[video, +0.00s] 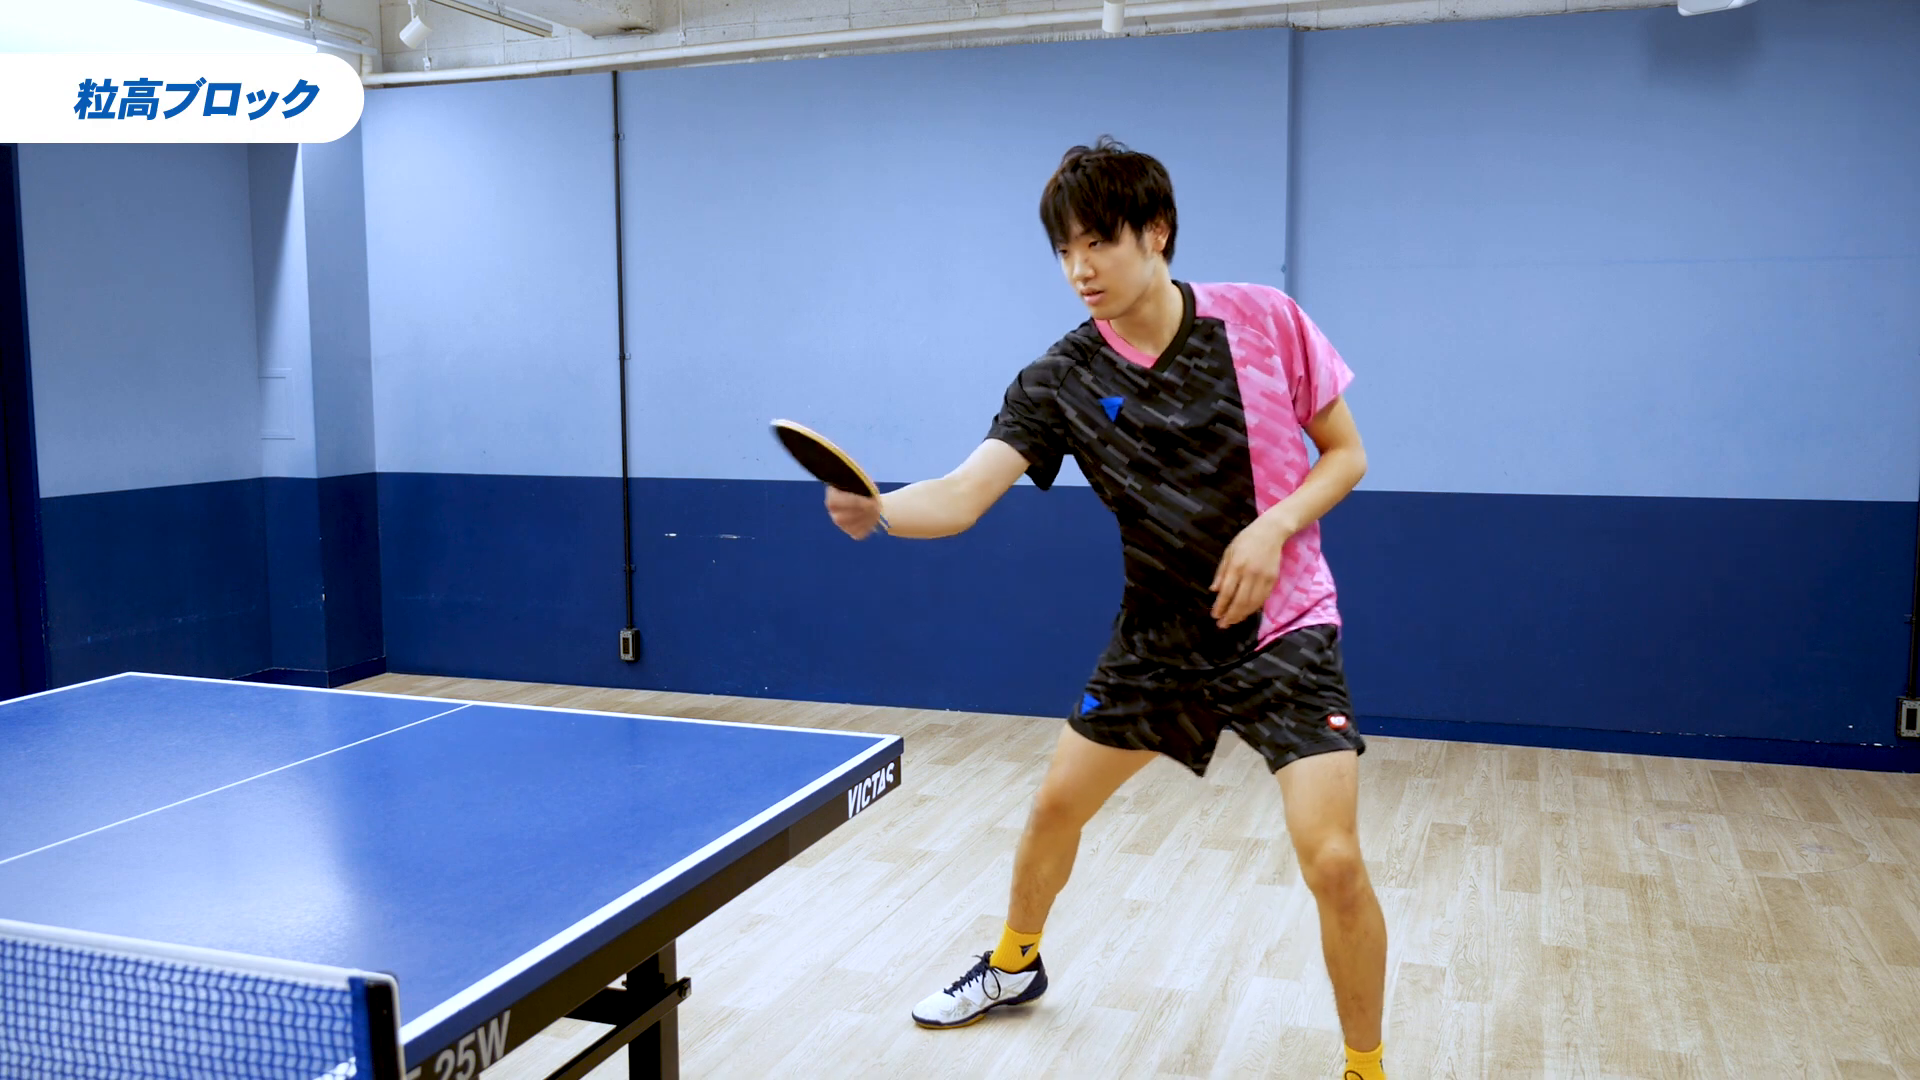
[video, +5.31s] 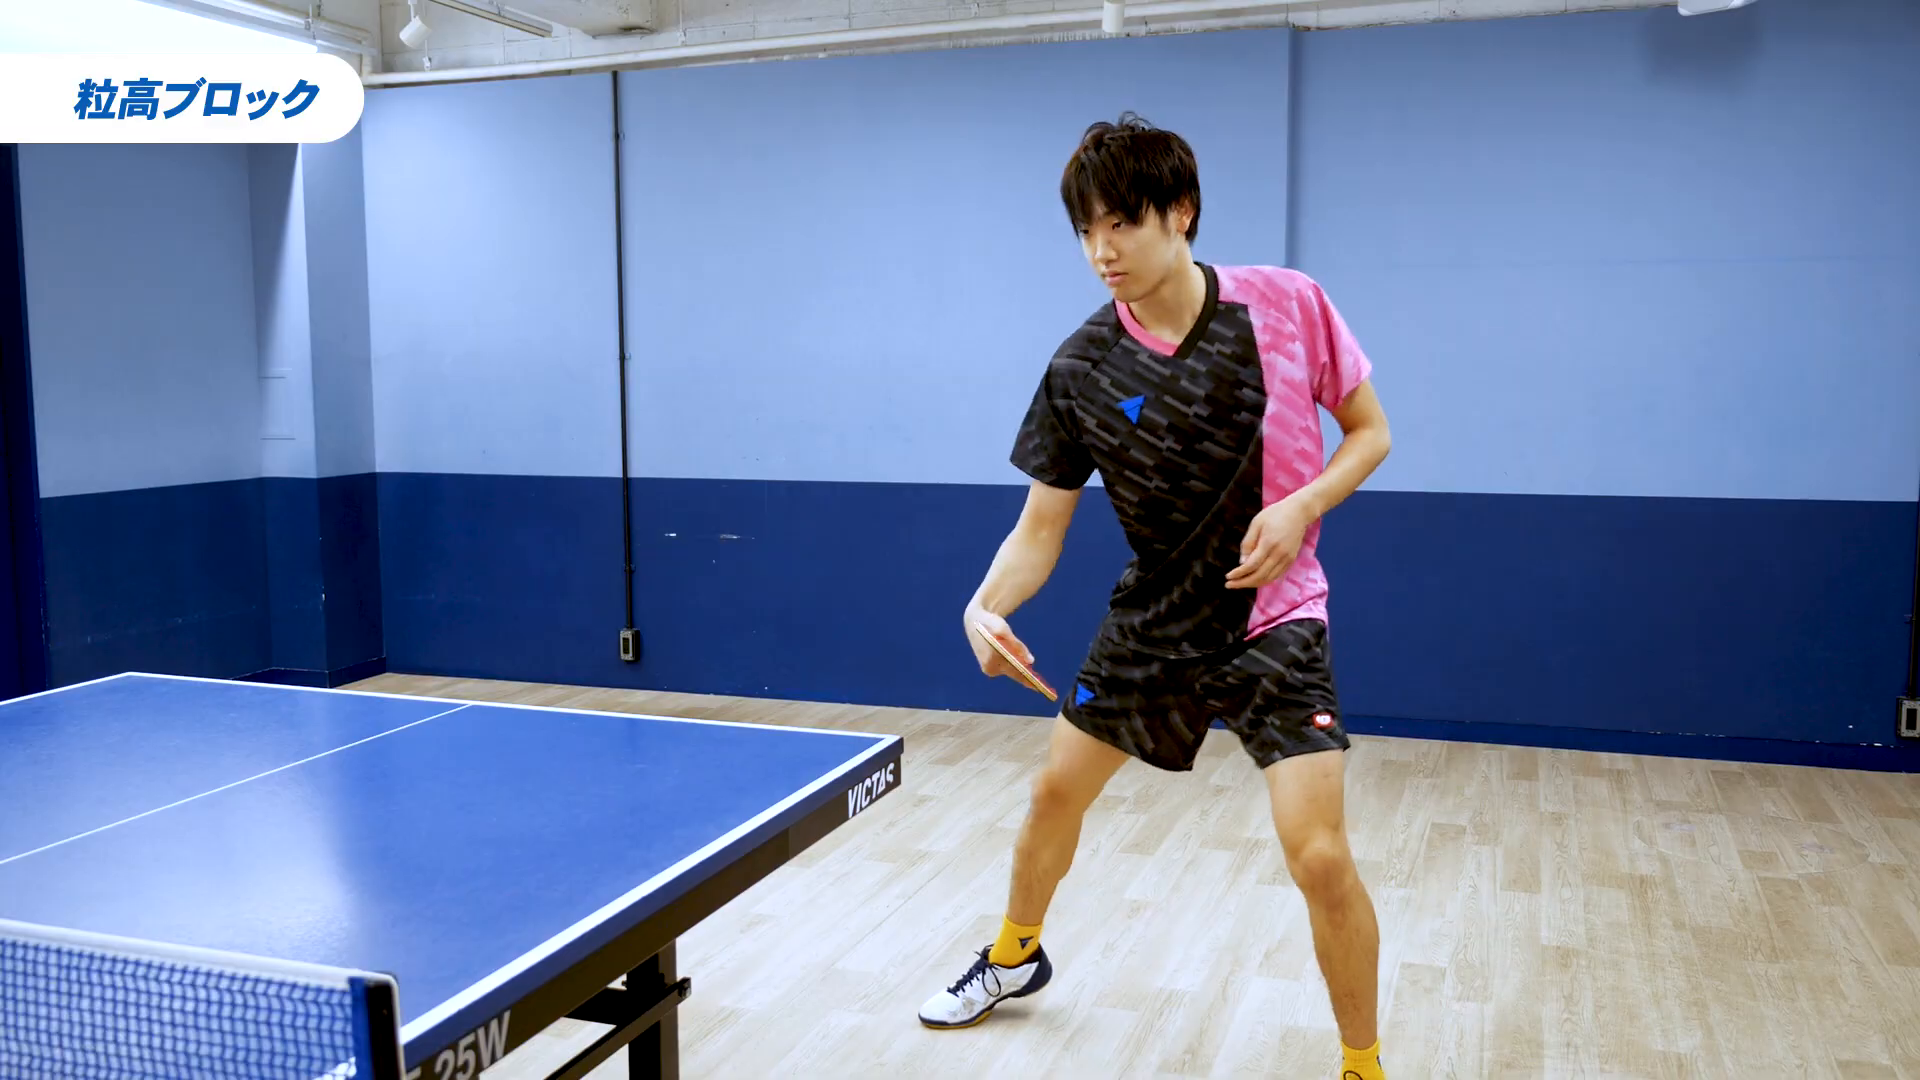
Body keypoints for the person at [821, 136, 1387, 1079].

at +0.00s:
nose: (1080, 266)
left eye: (1098, 240)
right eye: (1065, 246)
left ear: (1157, 235)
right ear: (1057, 256)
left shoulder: (1264, 320)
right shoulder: (1063, 378)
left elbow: (1346, 454)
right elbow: (961, 495)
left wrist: (1273, 529)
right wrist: (881, 510)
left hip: (1285, 625)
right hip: (1162, 626)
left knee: (1336, 866)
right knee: (1057, 803)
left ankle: (1366, 1067)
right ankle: (1013, 966)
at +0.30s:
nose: (1046, 282)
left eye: (1065, 260)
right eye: (1036, 263)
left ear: (1125, 260)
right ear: (1030, 272)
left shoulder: (1222, 357)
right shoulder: (1050, 395)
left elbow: (1303, 501)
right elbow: (1042, 541)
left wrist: (1188, 571)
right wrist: (986, 599)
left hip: (1239, 647)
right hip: (1124, 648)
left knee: (1277, 879)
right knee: (1014, 805)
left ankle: (1358, 1069)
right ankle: (1016, 970)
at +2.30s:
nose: (1073, 364)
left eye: (1086, 337)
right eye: (1056, 346)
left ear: (1142, 311)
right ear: (1044, 342)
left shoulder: (1262, 351)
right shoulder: (1077, 444)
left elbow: (1372, 467)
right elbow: (1050, 596)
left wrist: (1289, 556)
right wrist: (1001, 616)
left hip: (1294, 640)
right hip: (1174, 647)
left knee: (1318, 879)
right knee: (1057, 814)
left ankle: (1364, 1070)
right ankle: (1026, 971)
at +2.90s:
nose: (1013, 286)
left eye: (1031, 262)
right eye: (1003, 269)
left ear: (1090, 259)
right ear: (1003, 277)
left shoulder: (1190, 352)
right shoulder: (1038, 396)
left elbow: (1276, 491)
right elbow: (1054, 538)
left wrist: (1154, 553)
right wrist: (996, 607)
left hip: (1217, 644)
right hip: (1110, 645)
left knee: (1255, 872)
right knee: (1000, 802)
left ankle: (1356, 1067)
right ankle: (1023, 973)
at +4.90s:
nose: (1035, 380)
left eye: (1047, 354)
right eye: (1019, 364)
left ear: (1101, 325)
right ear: (1011, 362)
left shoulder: (1229, 370)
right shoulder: (1052, 443)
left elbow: (1337, 485)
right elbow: (1052, 584)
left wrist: (1247, 577)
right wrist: (1022, 591)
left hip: (1272, 644)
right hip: (1151, 650)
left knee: (1299, 876)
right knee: (1038, 814)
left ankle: (1361, 1067)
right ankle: (1025, 973)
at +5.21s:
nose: (1097, 267)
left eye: (1115, 240)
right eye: (1081, 249)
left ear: (1173, 227)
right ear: (1072, 256)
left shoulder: (1284, 304)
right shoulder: (1083, 384)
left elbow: (1373, 421)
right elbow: (1034, 538)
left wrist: (1309, 503)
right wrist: (975, 613)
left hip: (1286, 607)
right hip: (1165, 610)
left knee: (1328, 856)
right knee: (1067, 789)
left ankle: (1364, 1068)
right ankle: (1014, 953)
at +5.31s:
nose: (1104, 248)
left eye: (1124, 221)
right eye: (1089, 230)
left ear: (1183, 216)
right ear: (1079, 238)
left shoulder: (1285, 304)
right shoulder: (1081, 369)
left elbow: (1370, 430)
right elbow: (1039, 526)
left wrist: (1302, 508)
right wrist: (982, 605)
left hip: (1275, 608)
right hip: (1156, 608)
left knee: (1321, 859)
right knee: (1055, 790)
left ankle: (1363, 1065)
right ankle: (1015, 955)